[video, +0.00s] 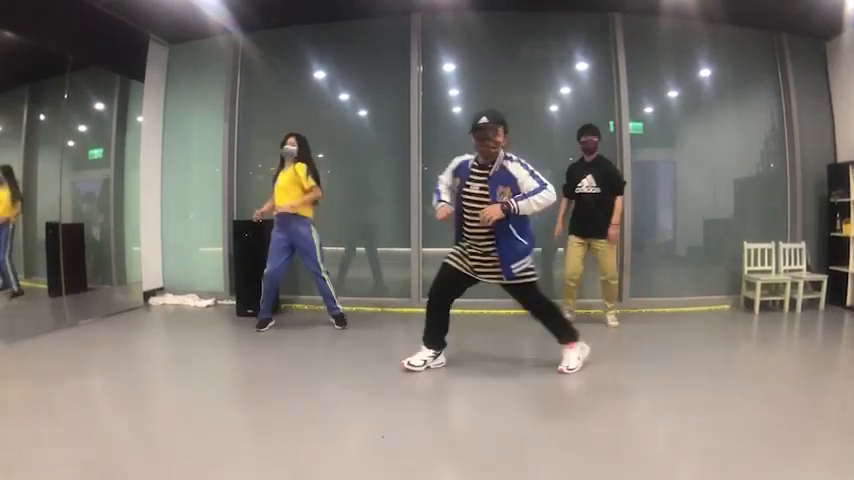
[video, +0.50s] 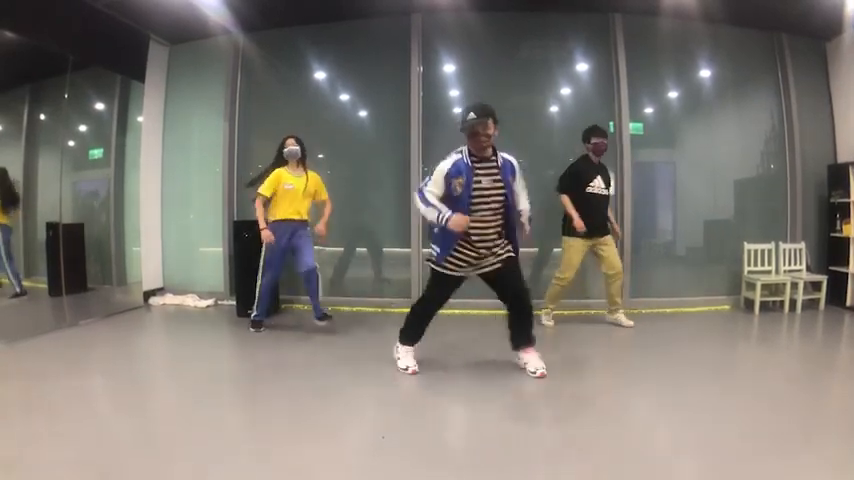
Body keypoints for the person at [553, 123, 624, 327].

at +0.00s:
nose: (589, 143)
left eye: (593, 139)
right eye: (585, 140)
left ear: (598, 140)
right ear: (579, 142)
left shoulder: (608, 167)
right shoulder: (574, 169)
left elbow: (619, 195)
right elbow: (566, 196)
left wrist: (614, 224)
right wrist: (560, 221)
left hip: (603, 232)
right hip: (577, 232)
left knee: (610, 275)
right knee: (571, 274)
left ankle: (610, 310)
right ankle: (568, 311)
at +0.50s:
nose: (601, 148)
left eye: (604, 144)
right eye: (596, 144)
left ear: (607, 145)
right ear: (587, 145)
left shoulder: (604, 171)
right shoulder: (578, 166)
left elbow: (603, 203)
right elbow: (562, 192)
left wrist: (613, 223)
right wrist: (575, 216)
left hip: (601, 232)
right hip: (578, 233)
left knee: (615, 270)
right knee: (566, 275)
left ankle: (614, 311)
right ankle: (547, 309)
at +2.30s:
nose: (586, 155)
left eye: (589, 151)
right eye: (582, 152)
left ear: (596, 152)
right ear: (576, 154)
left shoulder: (604, 176)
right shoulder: (573, 178)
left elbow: (621, 200)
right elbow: (568, 203)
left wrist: (605, 212)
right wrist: (558, 222)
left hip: (601, 242)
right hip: (575, 239)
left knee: (608, 283)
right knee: (561, 276)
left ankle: (618, 315)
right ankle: (558, 315)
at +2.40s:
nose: (575, 164)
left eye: (579, 160)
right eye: (572, 161)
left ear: (586, 162)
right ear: (567, 163)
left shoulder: (593, 186)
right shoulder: (568, 187)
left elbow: (603, 215)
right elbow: (564, 215)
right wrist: (552, 236)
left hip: (597, 247)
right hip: (574, 245)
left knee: (605, 287)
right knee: (555, 279)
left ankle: (622, 316)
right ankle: (555, 317)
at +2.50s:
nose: (567, 162)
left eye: (571, 158)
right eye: (563, 158)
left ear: (577, 159)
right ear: (559, 160)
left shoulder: (583, 181)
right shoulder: (559, 184)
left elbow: (594, 210)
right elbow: (558, 212)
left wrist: (579, 232)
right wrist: (548, 229)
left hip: (590, 244)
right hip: (566, 243)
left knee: (600, 285)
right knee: (552, 279)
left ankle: (618, 314)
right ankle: (554, 316)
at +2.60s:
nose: (569, 152)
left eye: (573, 149)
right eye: (565, 149)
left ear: (578, 150)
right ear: (559, 150)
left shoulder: (587, 174)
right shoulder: (553, 177)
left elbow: (599, 200)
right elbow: (548, 199)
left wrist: (588, 216)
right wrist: (548, 211)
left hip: (588, 237)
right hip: (561, 237)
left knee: (598, 277)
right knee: (554, 279)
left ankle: (601, 308)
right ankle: (554, 316)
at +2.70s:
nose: (573, 149)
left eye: (577, 146)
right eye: (569, 145)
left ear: (581, 147)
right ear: (562, 147)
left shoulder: (589, 172)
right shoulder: (552, 174)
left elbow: (595, 196)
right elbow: (542, 198)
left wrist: (596, 203)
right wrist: (553, 204)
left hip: (588, 233)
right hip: (561, 235)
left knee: (599, 270)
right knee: (556, 277)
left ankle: (589, 302)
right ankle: (551, 313)